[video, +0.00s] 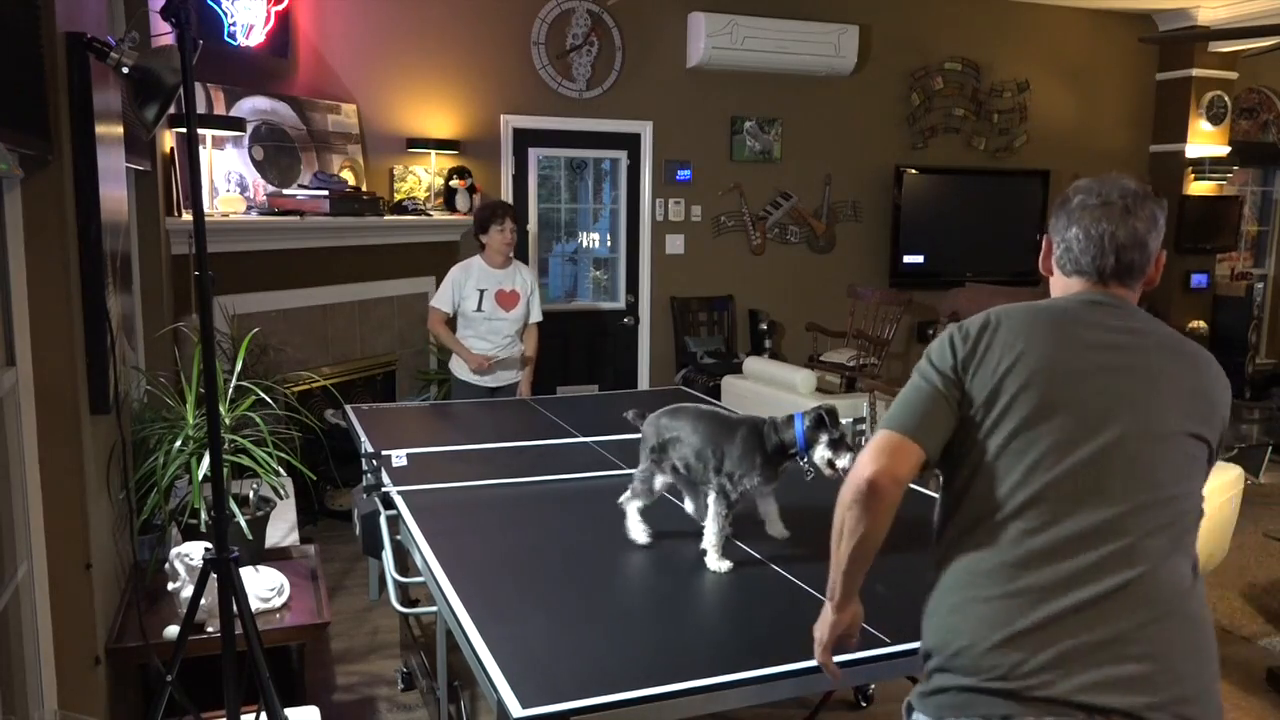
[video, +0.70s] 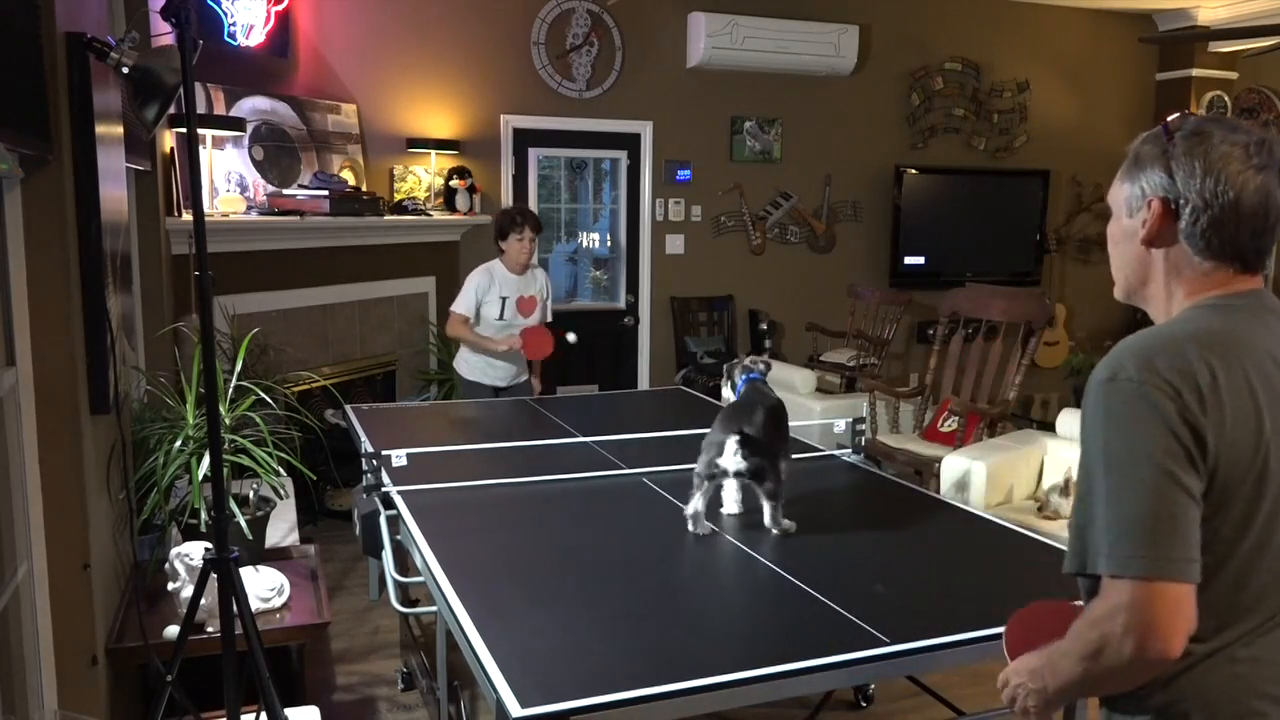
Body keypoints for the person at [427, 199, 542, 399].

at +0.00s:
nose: (509, 237)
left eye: (513, 231)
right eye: (501, 231)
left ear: (517, 233)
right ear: (483, 237)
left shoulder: (526, 276)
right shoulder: (461, 273)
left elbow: (531, 328)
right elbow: (435, 322)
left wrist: (527, 377)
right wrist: (468, 357)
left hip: (511, 381)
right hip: (468, 380)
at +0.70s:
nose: (528, 246)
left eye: (532, 240)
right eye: (520, 239)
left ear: (536, 242)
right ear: (502, 243)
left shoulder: (539, 278)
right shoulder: (482, 276)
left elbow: (539, 330)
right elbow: (454, 327)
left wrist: (535, 375)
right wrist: (494, 345)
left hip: (517, 378)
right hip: (476, 378)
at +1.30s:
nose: (521, 235)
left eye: (525, 229)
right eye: (512, 229)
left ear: (530, 234)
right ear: (497, 238)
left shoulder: (536, 276)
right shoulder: (482, 273)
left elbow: (538, 329)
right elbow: (471, 329)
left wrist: (540, 374)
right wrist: (511, 349)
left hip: (521, 381)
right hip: (480, 382)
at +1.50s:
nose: (520, 233)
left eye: (524, 227)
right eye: (511, 227)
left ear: (529, 232)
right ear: (496, 234)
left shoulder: (537, 274)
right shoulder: (479, 272)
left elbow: (543, 328)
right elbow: (460, 325)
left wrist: (546, 375)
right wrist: (499, 350)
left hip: (528, 382)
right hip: (485, 383)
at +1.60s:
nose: (520, 233)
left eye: (524, 227)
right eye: (511, 227)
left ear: (529, 231)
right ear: (495, 234)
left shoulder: (538, 273)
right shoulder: (478, 271)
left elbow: (545, 328)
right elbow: (458, 324)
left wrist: (548, 377)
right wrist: (495, 349)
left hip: (530, 382)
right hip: (486, 382)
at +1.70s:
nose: (519, 233)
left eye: (524, 227)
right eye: (511, 227)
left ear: (529, 231)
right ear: (495, 234)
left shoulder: (540, 273)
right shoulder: (477, 272)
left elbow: (547, 327)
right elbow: (457, 324)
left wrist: (549, 377)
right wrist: (494, 350)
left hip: (531, 382)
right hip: (487, 383)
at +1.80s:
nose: (520, 233)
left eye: (524, 227)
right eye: (511, 227)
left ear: (529, 231)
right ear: (495, 233)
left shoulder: (540, 273)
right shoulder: (476, 272)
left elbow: (549, 326)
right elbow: (457, 324)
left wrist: (551, 377)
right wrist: (493, 350)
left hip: (531, 382)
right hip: (487, 383)